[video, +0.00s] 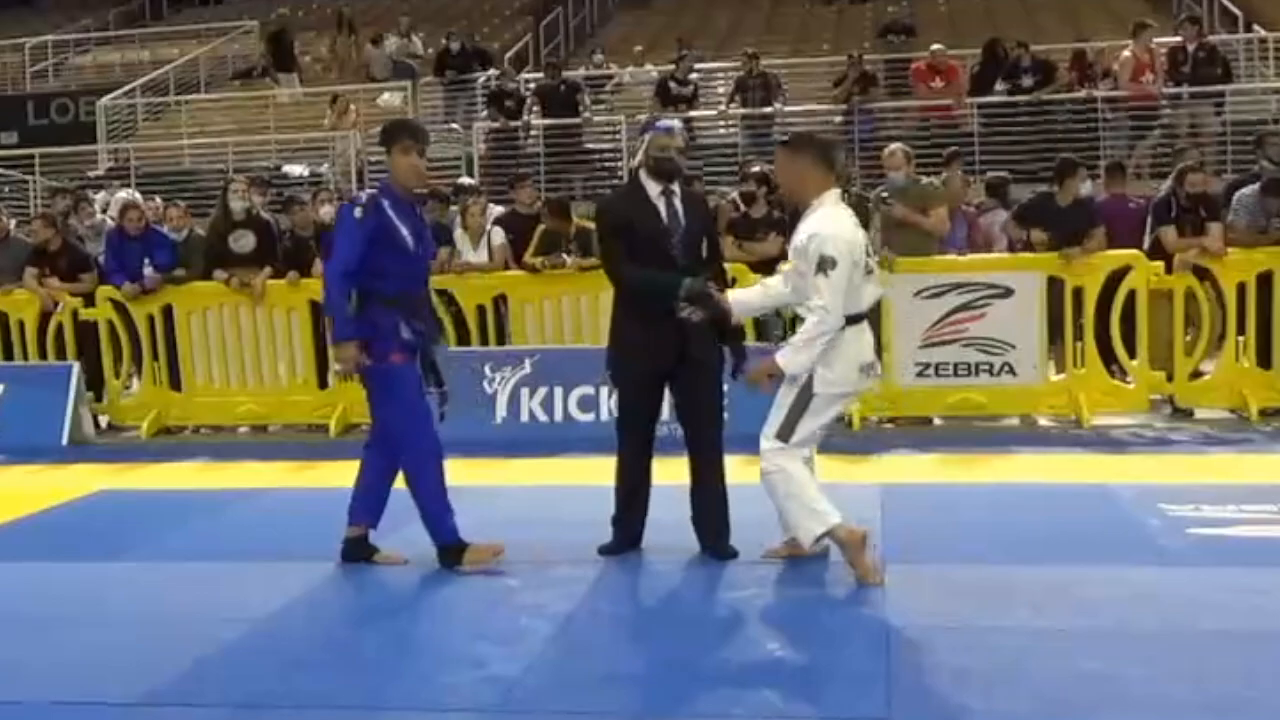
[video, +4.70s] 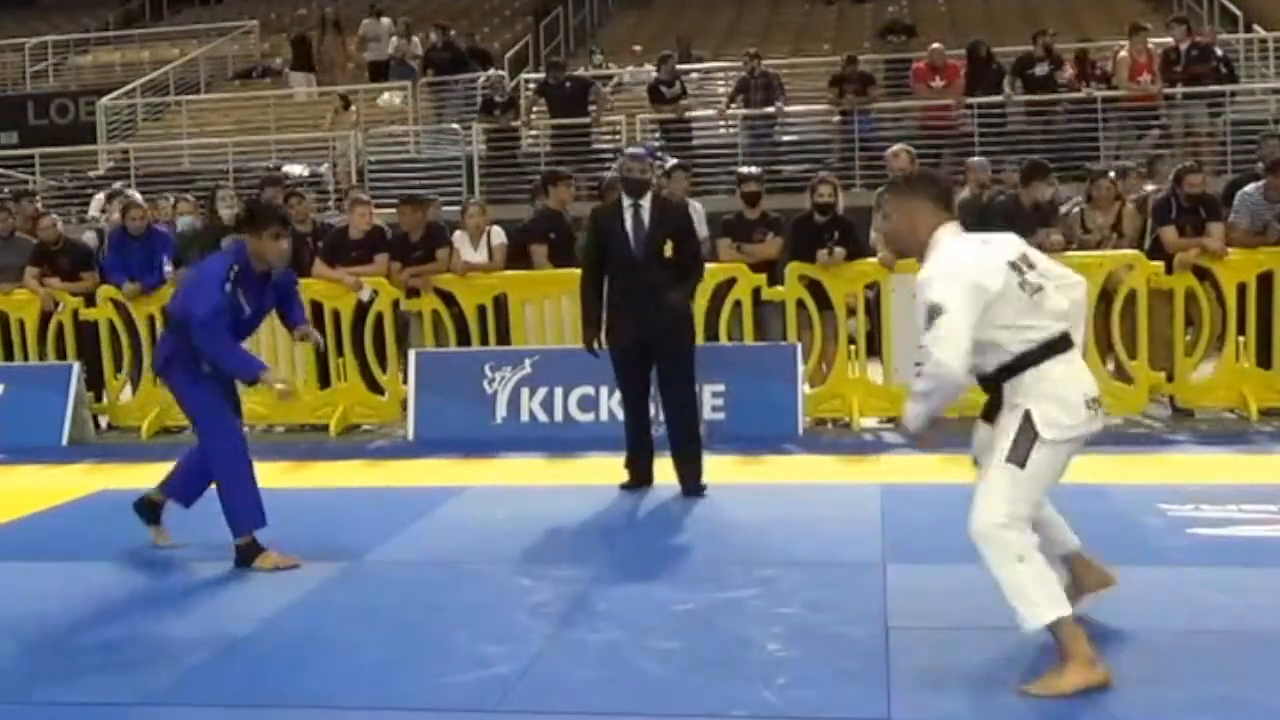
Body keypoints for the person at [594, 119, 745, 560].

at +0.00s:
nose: (671, 158)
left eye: (677, 151)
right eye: (662, 150)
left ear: (684, 154)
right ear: (642, 151)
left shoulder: (697, 202)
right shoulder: (615, 206)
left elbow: (714, 272)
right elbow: (620, 274)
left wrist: (733, 334)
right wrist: (681, 288)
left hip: (696, 339)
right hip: (640, 340)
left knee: (706, 442)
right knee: (634, 441)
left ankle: (714, 536)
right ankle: (627, 533)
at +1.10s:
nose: (659, 152)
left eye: (667, 146)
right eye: (650, 146)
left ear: (680, 154)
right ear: (636, 155)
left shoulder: (701, 206)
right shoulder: (613, 211)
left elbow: (725, 271)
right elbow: (596, 276)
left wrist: (749, 322)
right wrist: (620, 310)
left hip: (695, 338)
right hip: (637, 339)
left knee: (701, 438)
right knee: (636, 438)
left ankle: (713, 535)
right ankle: (636, 526)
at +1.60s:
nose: (642, 160)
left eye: (648, 153)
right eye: (633, 154)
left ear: (660, 159)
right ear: (618, 161)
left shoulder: (682, 204)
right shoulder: (602, 210)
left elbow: (705, 268)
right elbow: (584, 267)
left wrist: (725, 322)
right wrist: (599, 243)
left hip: (682, 330)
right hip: (628, 334)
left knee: (699, 413)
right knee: (631, 430)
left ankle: (700, 489)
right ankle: (636, 522)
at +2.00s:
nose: (669, 163)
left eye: (677, 155)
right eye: (662, 156)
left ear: (689, 161)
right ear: (650, 162)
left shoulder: (706, 205)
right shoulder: (636, 208)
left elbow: (726, 260)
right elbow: (626, 251)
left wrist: (728, 316)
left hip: (698, 320)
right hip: (645, 319)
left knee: (695, 422)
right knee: (646, 424)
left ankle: (695, 508)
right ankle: (639, 516)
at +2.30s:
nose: (673, 166)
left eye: (680, 159)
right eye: (666, 159)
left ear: (690, 163)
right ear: (652, 162)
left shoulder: (702, 207)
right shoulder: (632, 203)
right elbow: (628, 255)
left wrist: (723, 323)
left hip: (697, 317)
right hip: (643, 312)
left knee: (695, 418)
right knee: (639, 411)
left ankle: (693, 503)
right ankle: (634, 487)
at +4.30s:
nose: (642, 170)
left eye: (650, 165)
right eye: (638, 164)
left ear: (667, 170)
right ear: (631, 168)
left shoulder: (692, 215)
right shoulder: (618, 214)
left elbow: (706, 272)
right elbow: (607, 270)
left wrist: (715, 324)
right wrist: (599, 319)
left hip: (677, 325)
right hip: (630, 325)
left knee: (685, 406)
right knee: (636, 406)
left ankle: (691, 480)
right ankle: (637, 476)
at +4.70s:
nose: (636, 175)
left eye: (643, 169)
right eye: (630, 168)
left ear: (654, 173)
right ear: (619, 172)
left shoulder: (674, 210)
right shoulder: (602, 216)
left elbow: (693, 261)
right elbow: (592, 273)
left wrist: (679, 296)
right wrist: (591, 323)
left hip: (670, 318)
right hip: (625, 321)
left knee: (680, 399)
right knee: (633, 402)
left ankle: (690, 477)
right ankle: (638, 473)